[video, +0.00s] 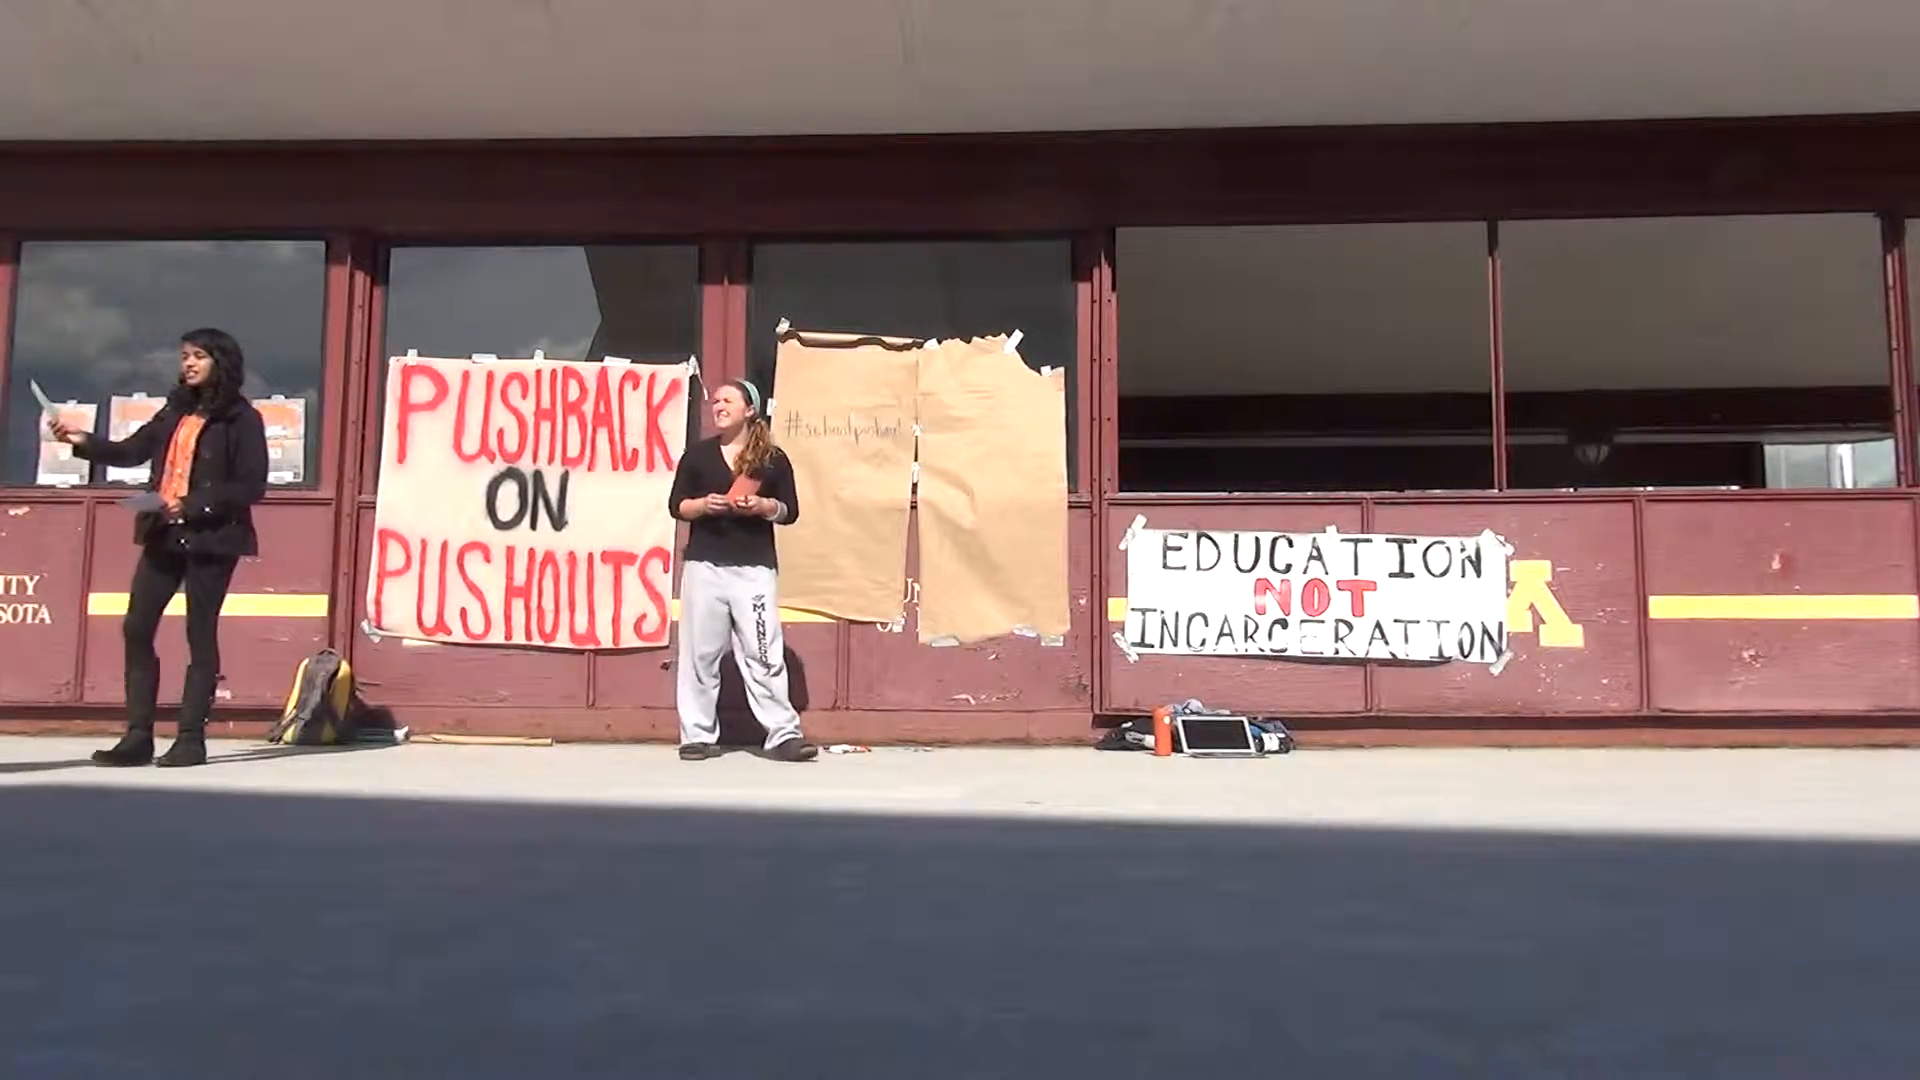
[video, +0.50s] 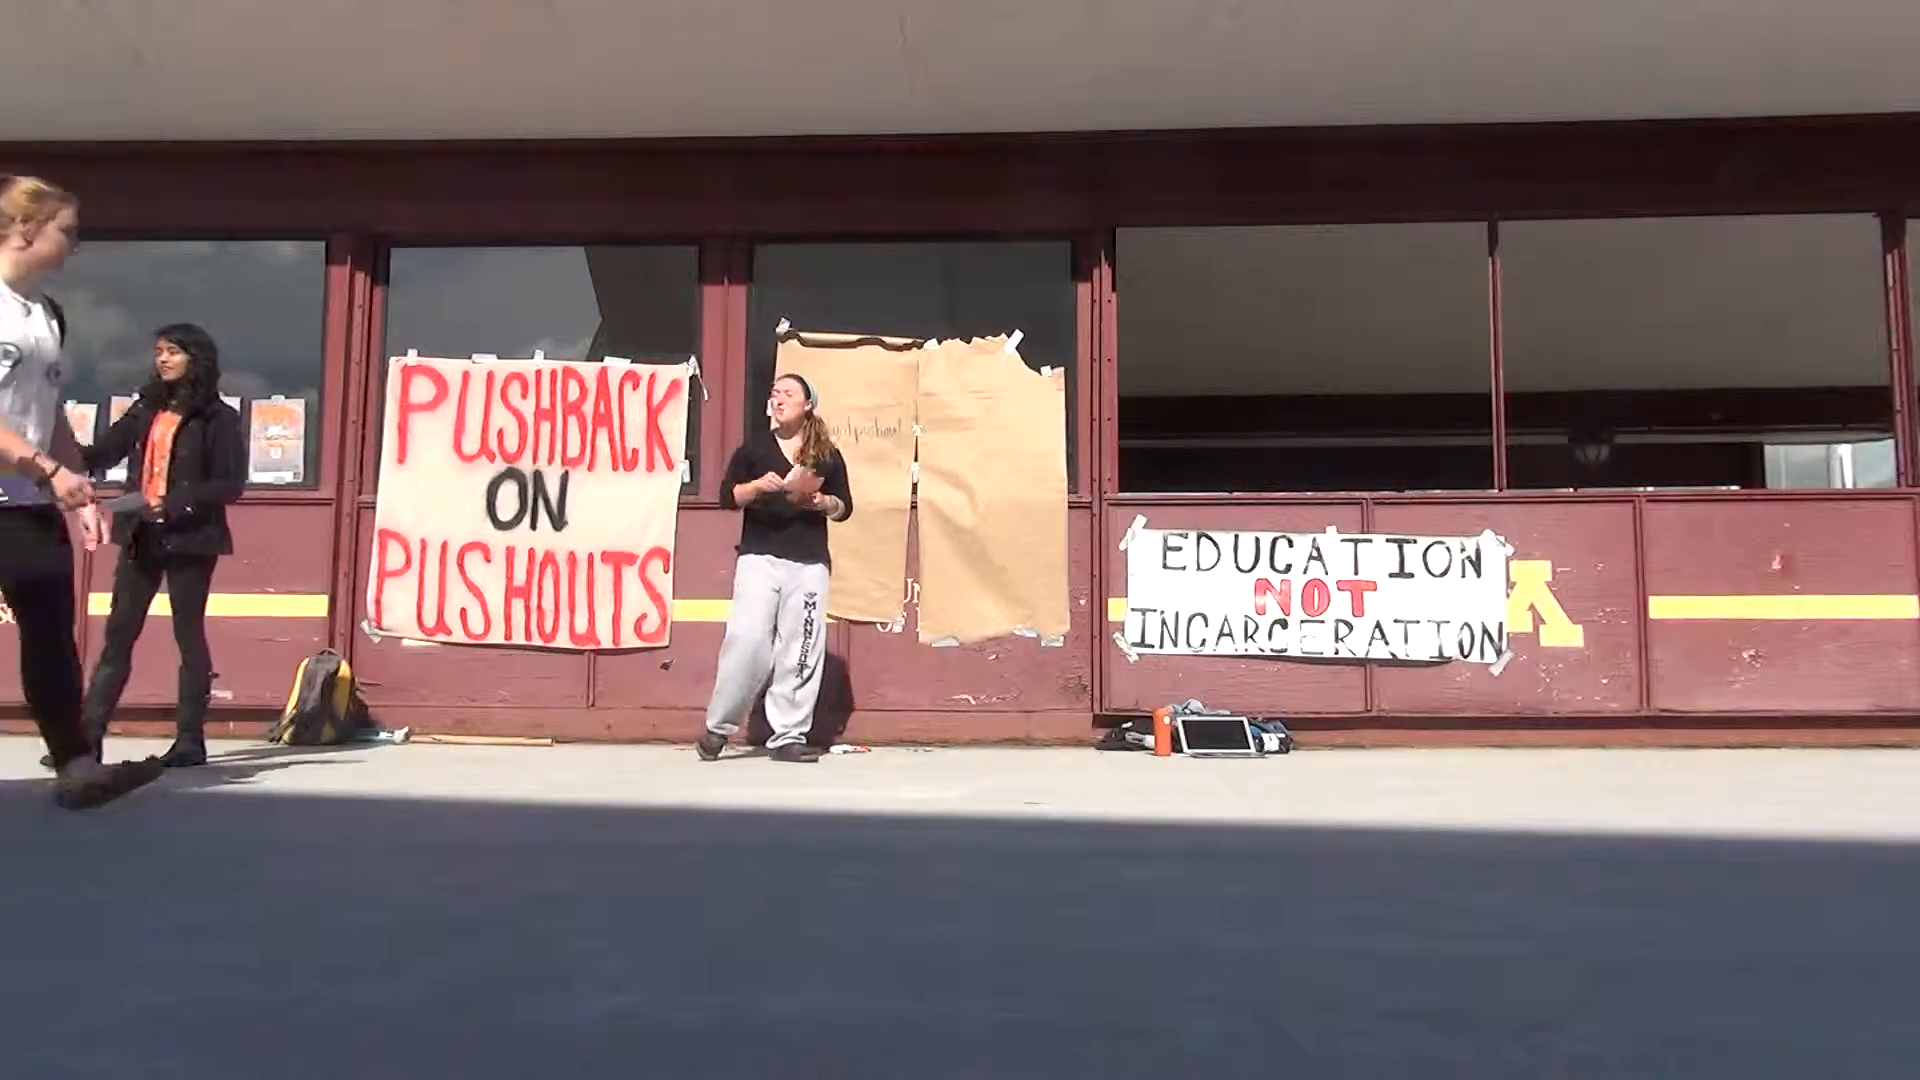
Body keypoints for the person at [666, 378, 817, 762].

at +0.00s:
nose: (717, 407)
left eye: (726, 401)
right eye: (716, 401)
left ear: (749, 410)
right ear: (715, 408)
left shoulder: (773, 457)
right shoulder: (696, 455)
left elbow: (789, 511)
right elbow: (677, 507)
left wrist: (764, 507)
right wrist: (705, 506)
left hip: (755, 569)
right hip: (704, 567)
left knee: (765, 653)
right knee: (701, 654)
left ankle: (783, 734)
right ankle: (697, 736)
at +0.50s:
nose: (776, 400)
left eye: (786, 394)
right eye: (773, 394)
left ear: (808, 406)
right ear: (769, 404)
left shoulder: (827, 454)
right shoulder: (753, 449)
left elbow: (844, 507)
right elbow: (727, 496)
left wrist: (827, 503)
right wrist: (758, 486)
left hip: (809, 562)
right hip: (759, 557)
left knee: (801, 647)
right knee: (748, 639)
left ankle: (788, 737)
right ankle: (719, 726)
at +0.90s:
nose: (808, 402)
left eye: (816, 395)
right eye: (801, 396)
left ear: (830, 402)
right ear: (791, 403)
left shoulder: (842, 450)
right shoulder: (775, 441)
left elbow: (851, 513)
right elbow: (765, 492)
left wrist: (842, 493)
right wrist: (769, 484)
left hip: (825, 557)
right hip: (780, 552)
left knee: (816, 647)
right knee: (784, 644)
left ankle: (796, 734)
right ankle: (784, 737)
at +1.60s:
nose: (820, 382)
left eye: (830, 379)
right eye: (815, 375)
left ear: (841, 391)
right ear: (803, 382)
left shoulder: (849, 438)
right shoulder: (776, 429)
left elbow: (858, 504)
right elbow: (764, 482)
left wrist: (859, 487)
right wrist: (795, 476)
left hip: (842, 555)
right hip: (791, 551)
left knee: (855, 646)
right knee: (793, 649)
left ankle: (840, 737)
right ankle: (795, 743)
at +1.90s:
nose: (847, 382)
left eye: (856, 377)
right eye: (841, 374)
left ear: (866, 388)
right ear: (827, 381)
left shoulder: (870, 434)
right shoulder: (808, 428)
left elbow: (881, 504)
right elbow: (788, 479)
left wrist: (879, 484)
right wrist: (822, 478)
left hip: (861, 552)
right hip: (811, 550)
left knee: (875, 647)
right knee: (800, 652)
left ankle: (897, 739)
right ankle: (801, 746)